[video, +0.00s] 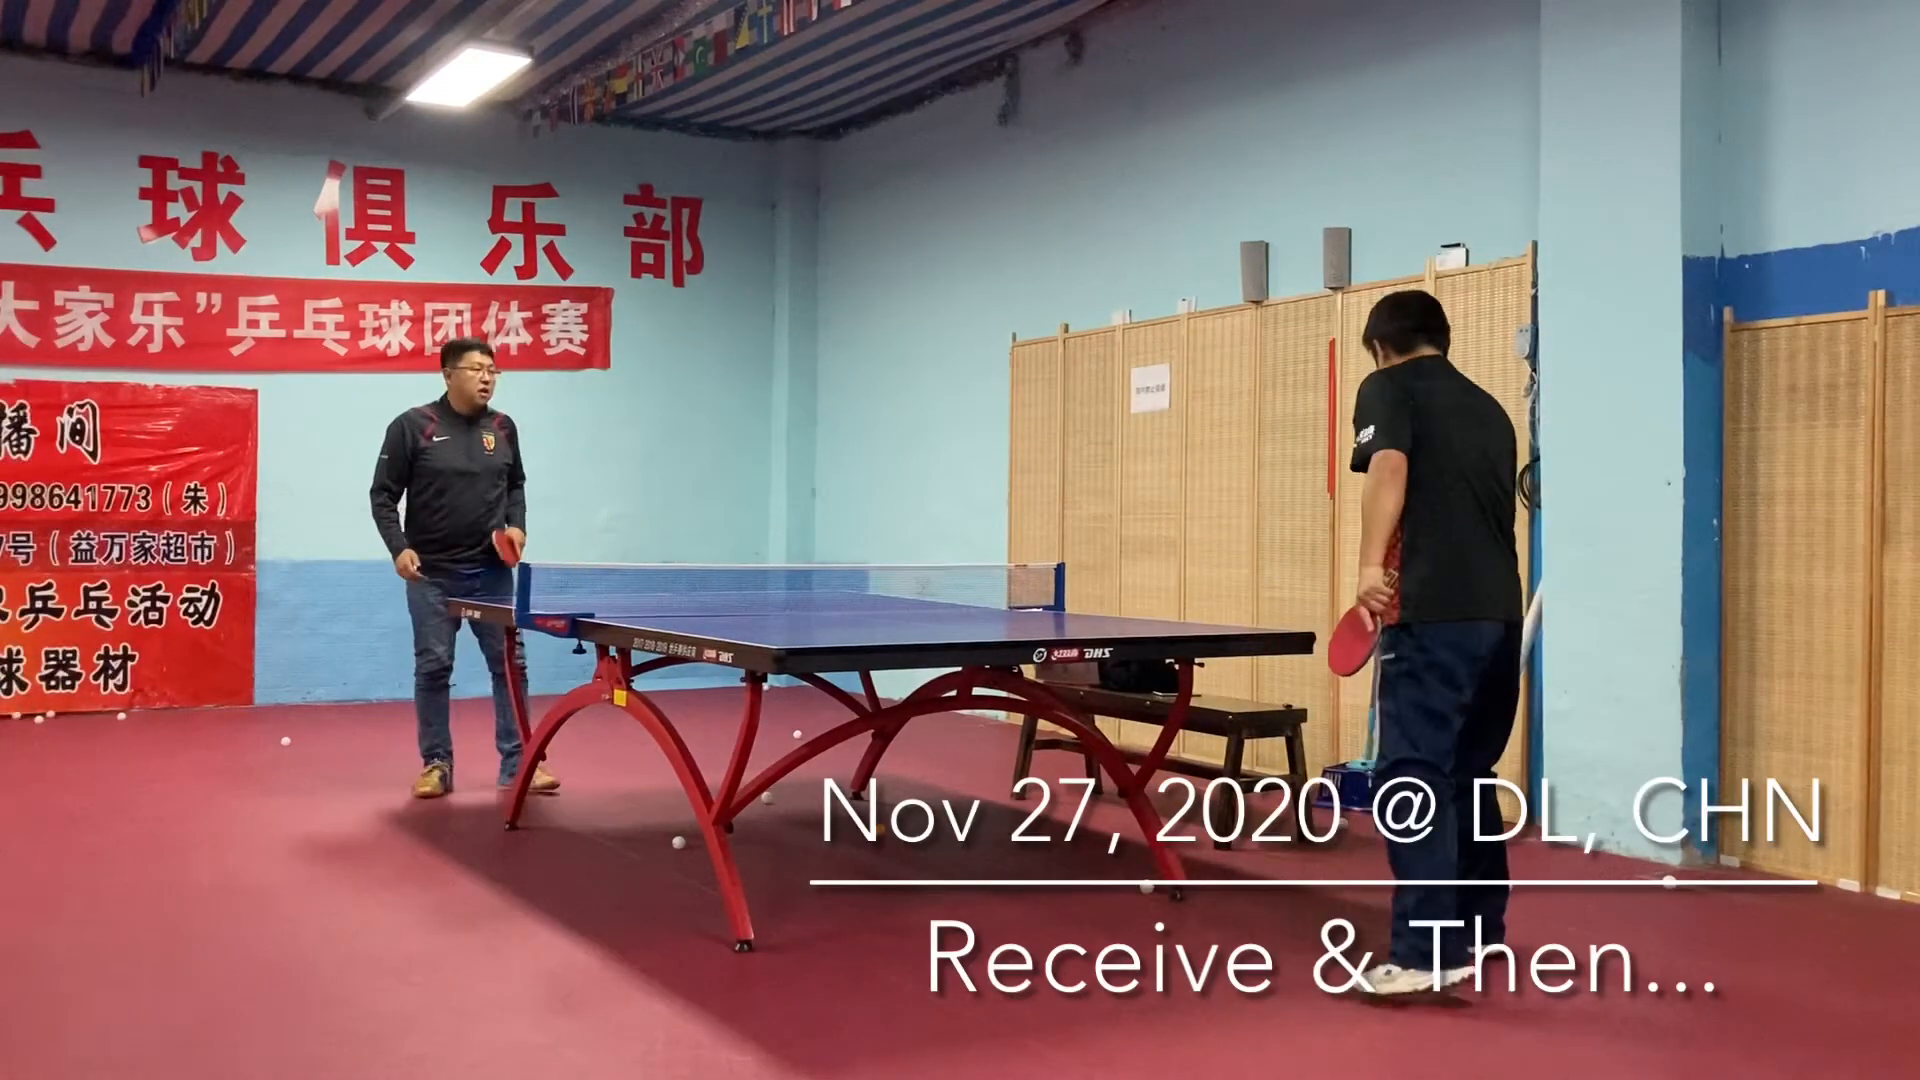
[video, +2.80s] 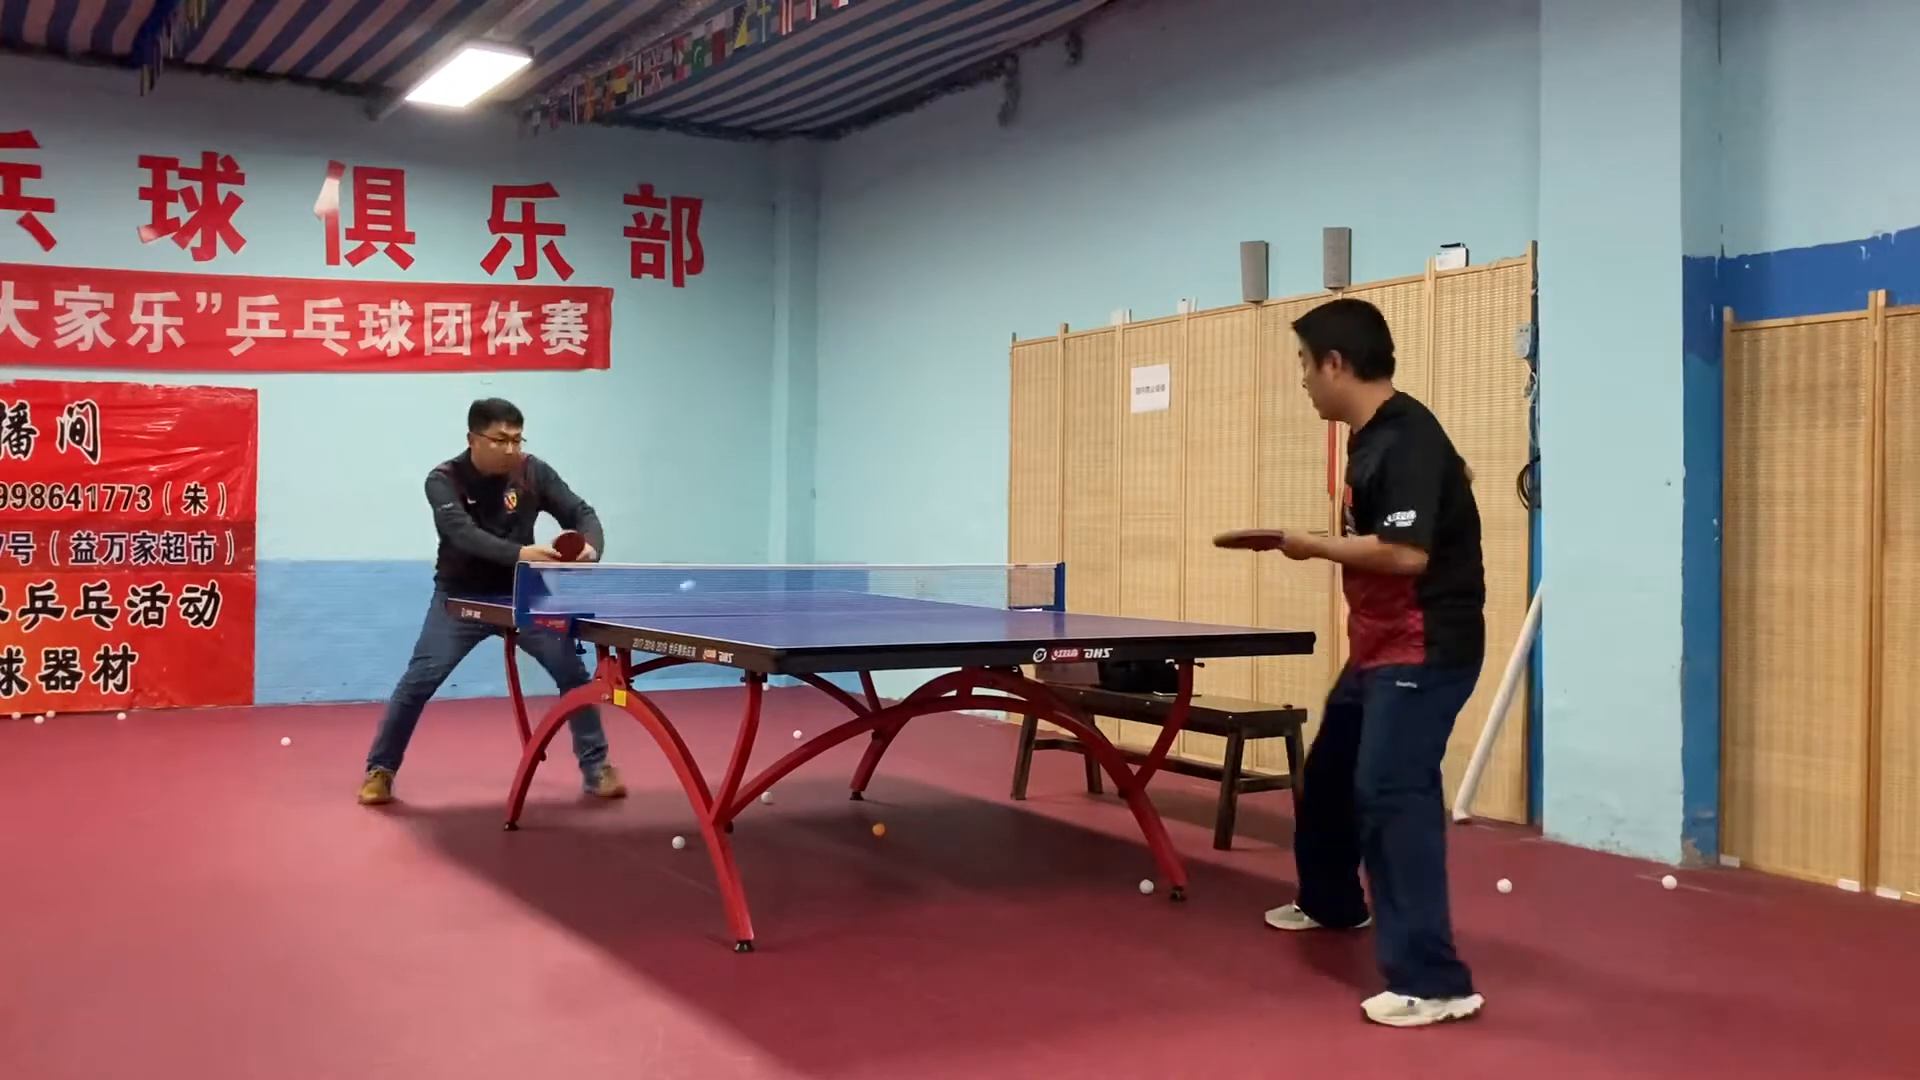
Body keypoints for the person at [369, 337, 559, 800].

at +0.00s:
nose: (487, 379)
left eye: (490, 371)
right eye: (477, 370)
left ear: (493, 378)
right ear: (450, 374)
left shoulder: (501, 427)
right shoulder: (411, 427)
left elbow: (515, 486)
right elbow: (383, 496)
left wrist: (516, 525)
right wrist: (399, 547)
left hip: (491, 572)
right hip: (431, 574)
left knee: (509, 664)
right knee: (434, 668)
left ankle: (517, 764)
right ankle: (436, 764)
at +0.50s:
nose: (513, 401)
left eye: (517, 394)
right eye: (502, 394)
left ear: (520, 400)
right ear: (477, 399)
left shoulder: (523, 448)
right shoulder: (444, 449)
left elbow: (536, 500)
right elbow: (417, 512)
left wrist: (534, 527)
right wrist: (452, 554)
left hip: (503, 578)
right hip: (454, 577)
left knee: (493, 665)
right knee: (449, 661)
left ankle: (480, 747)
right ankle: (437, 758)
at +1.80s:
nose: (525, 422)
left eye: (531, 414)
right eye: (515, 413)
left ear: (536, 417)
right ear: (490, 415)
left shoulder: (534, 457)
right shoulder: (455, 450)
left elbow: (542, 509)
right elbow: (420, 513)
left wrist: (542, 535)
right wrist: (463, 533)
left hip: (504, 576)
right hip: (448, 576)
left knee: (531, 661)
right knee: (443, 660)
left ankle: (548, 752)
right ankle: (425, 756)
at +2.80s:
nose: (512, 450)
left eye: (517, 441)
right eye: (502, 441)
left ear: (522, 439)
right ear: (474, 439)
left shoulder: (532, 471)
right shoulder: (444, 480)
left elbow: (581, 514)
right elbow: (462, 534)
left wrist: (590, 548)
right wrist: (519, 553)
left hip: (520, 598)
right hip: (460, 599)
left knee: (571, 668)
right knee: (421, 676)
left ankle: (597, 767)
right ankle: (380, 770)